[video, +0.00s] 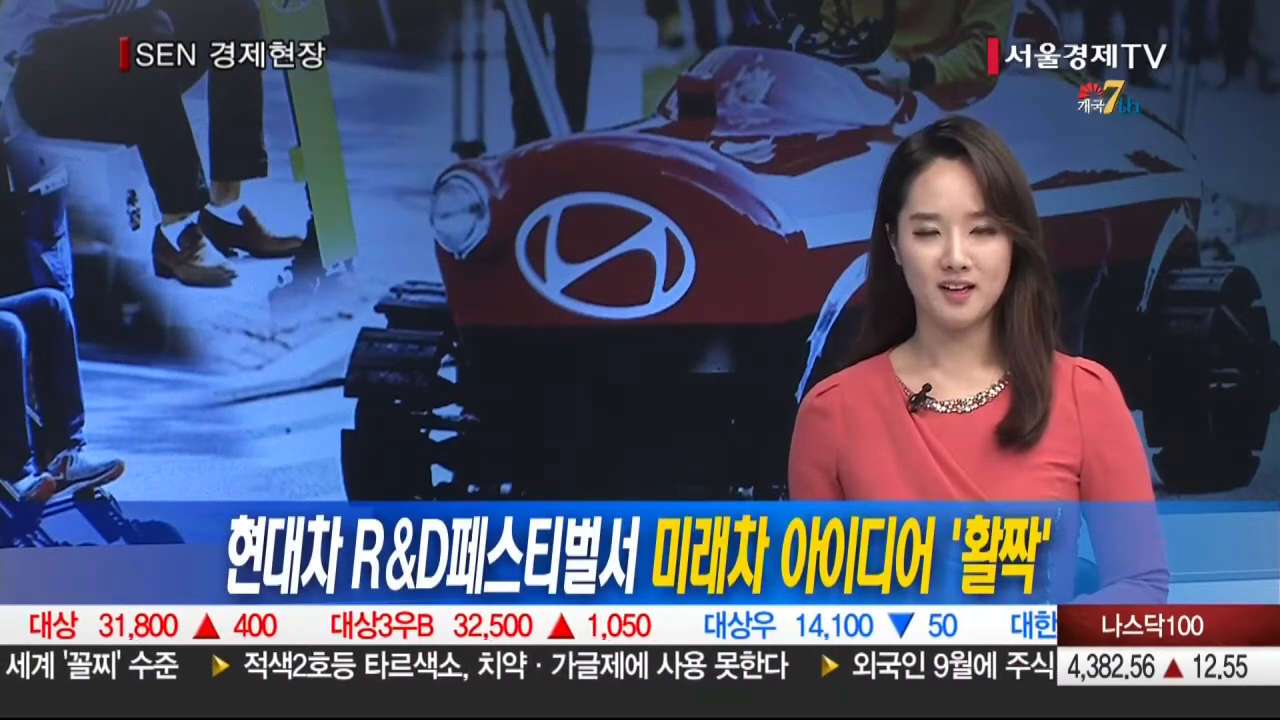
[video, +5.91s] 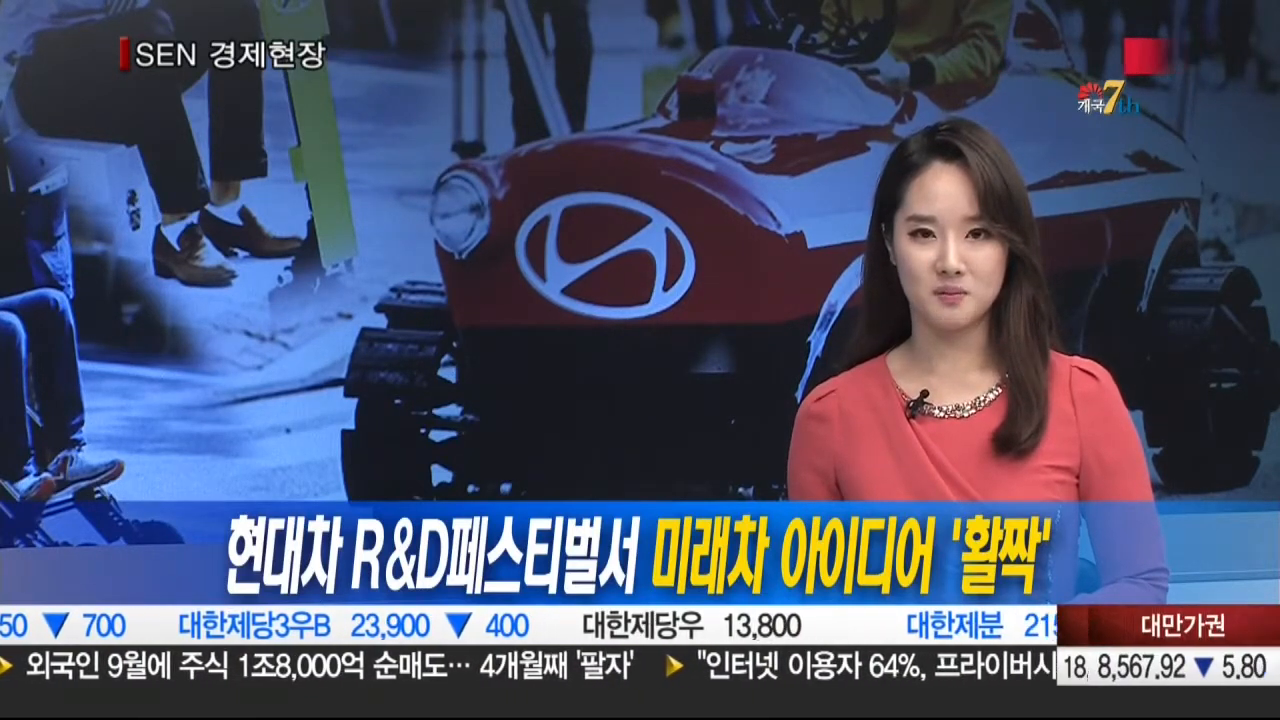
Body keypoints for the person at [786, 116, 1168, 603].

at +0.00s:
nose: (956, 259)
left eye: (982, 230)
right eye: (928, 232)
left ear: (1017, 243)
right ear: (895, 245)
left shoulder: (1085, 397)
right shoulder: (831, 413)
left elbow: (1142, 583)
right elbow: (813, 604)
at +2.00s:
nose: (954, 257)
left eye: (982, 229)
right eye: (927, 228)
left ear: (1016, 246)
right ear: (893, 242)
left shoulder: (1083, 397)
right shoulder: (829, 415)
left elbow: (1143, 582)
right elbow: (811, 603)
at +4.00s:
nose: (952, 255)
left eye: (979, 228)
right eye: (925, 227)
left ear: (1014, 244)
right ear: (892, 243)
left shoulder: (1083, 396)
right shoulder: (829, 415)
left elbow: (1144, 581)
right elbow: (811, 604)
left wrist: (1033, 641)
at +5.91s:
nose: (950, 262)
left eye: (978, 234)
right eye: (922, 234)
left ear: (1012, 247)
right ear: (890, 246)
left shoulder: (1083, 397)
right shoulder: (829, 416)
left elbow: (1142, 582)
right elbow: (812, 603)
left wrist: (1032, 638)